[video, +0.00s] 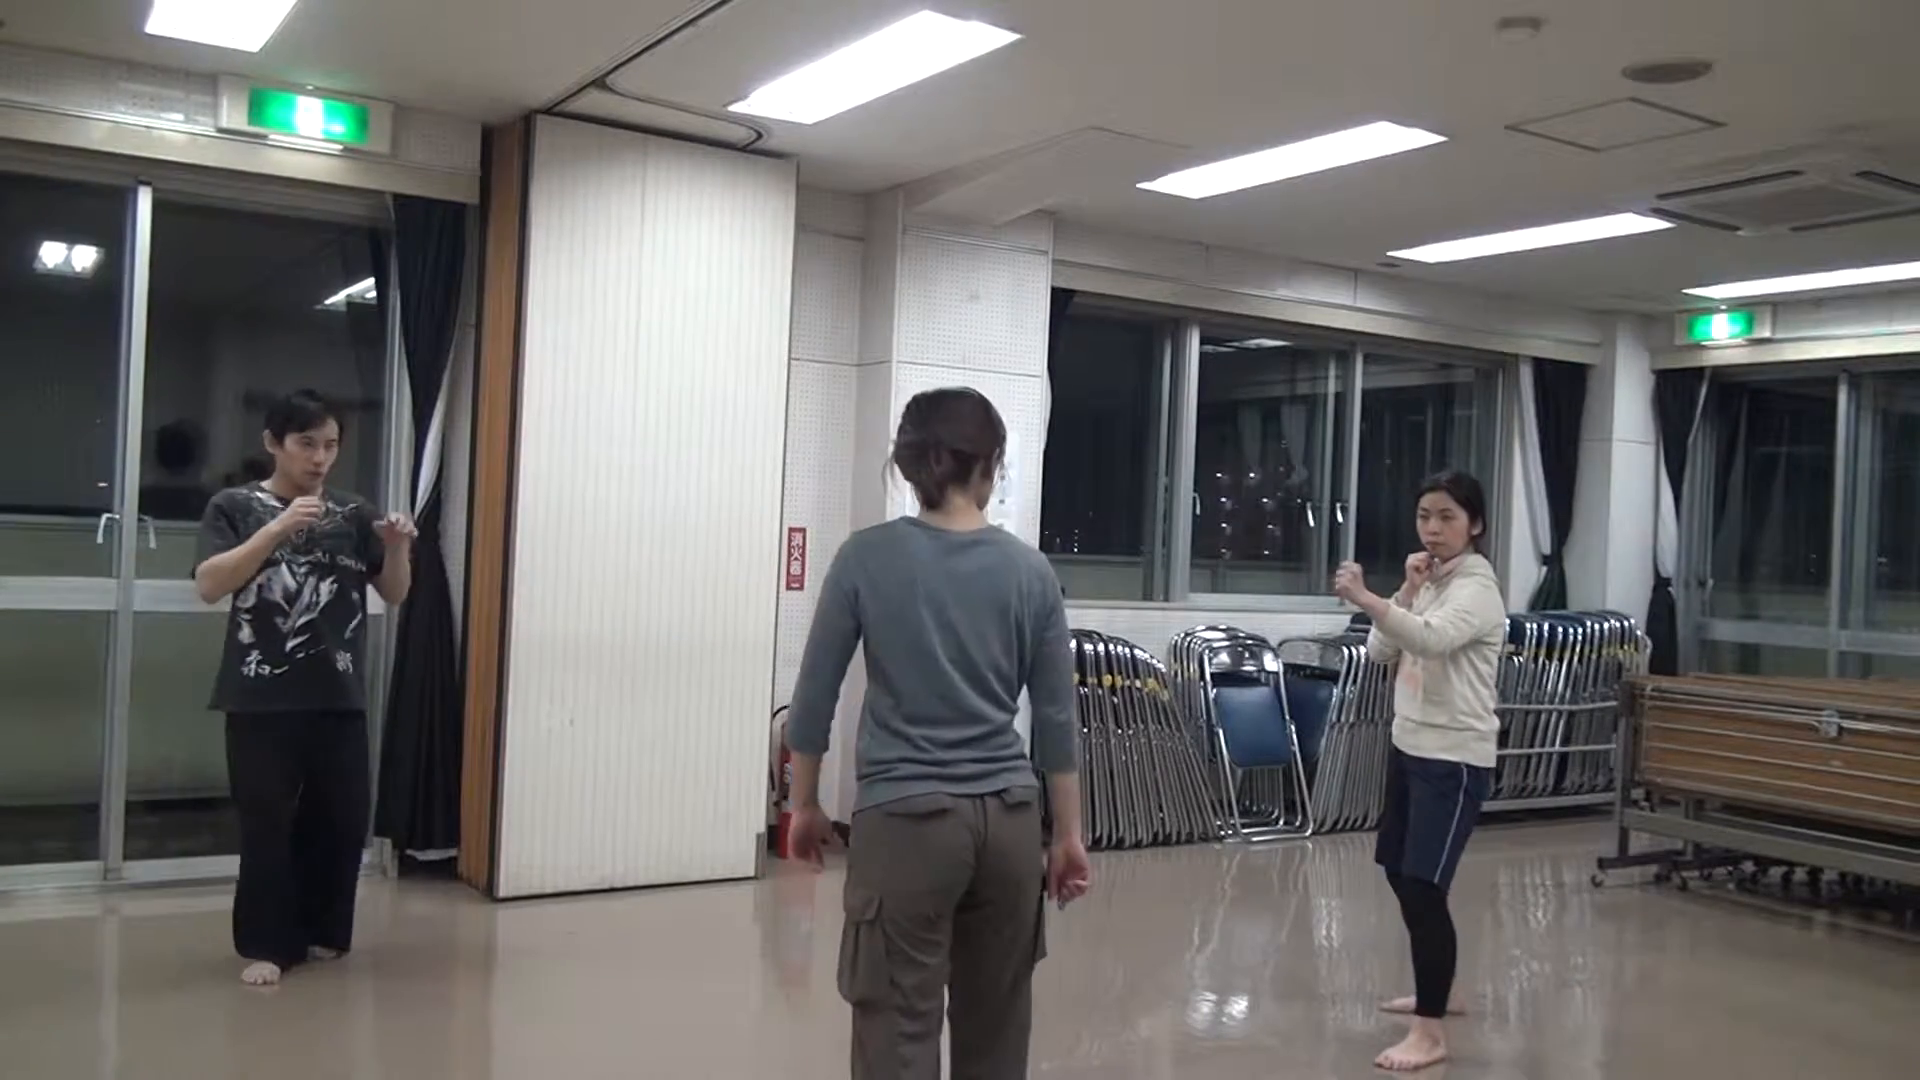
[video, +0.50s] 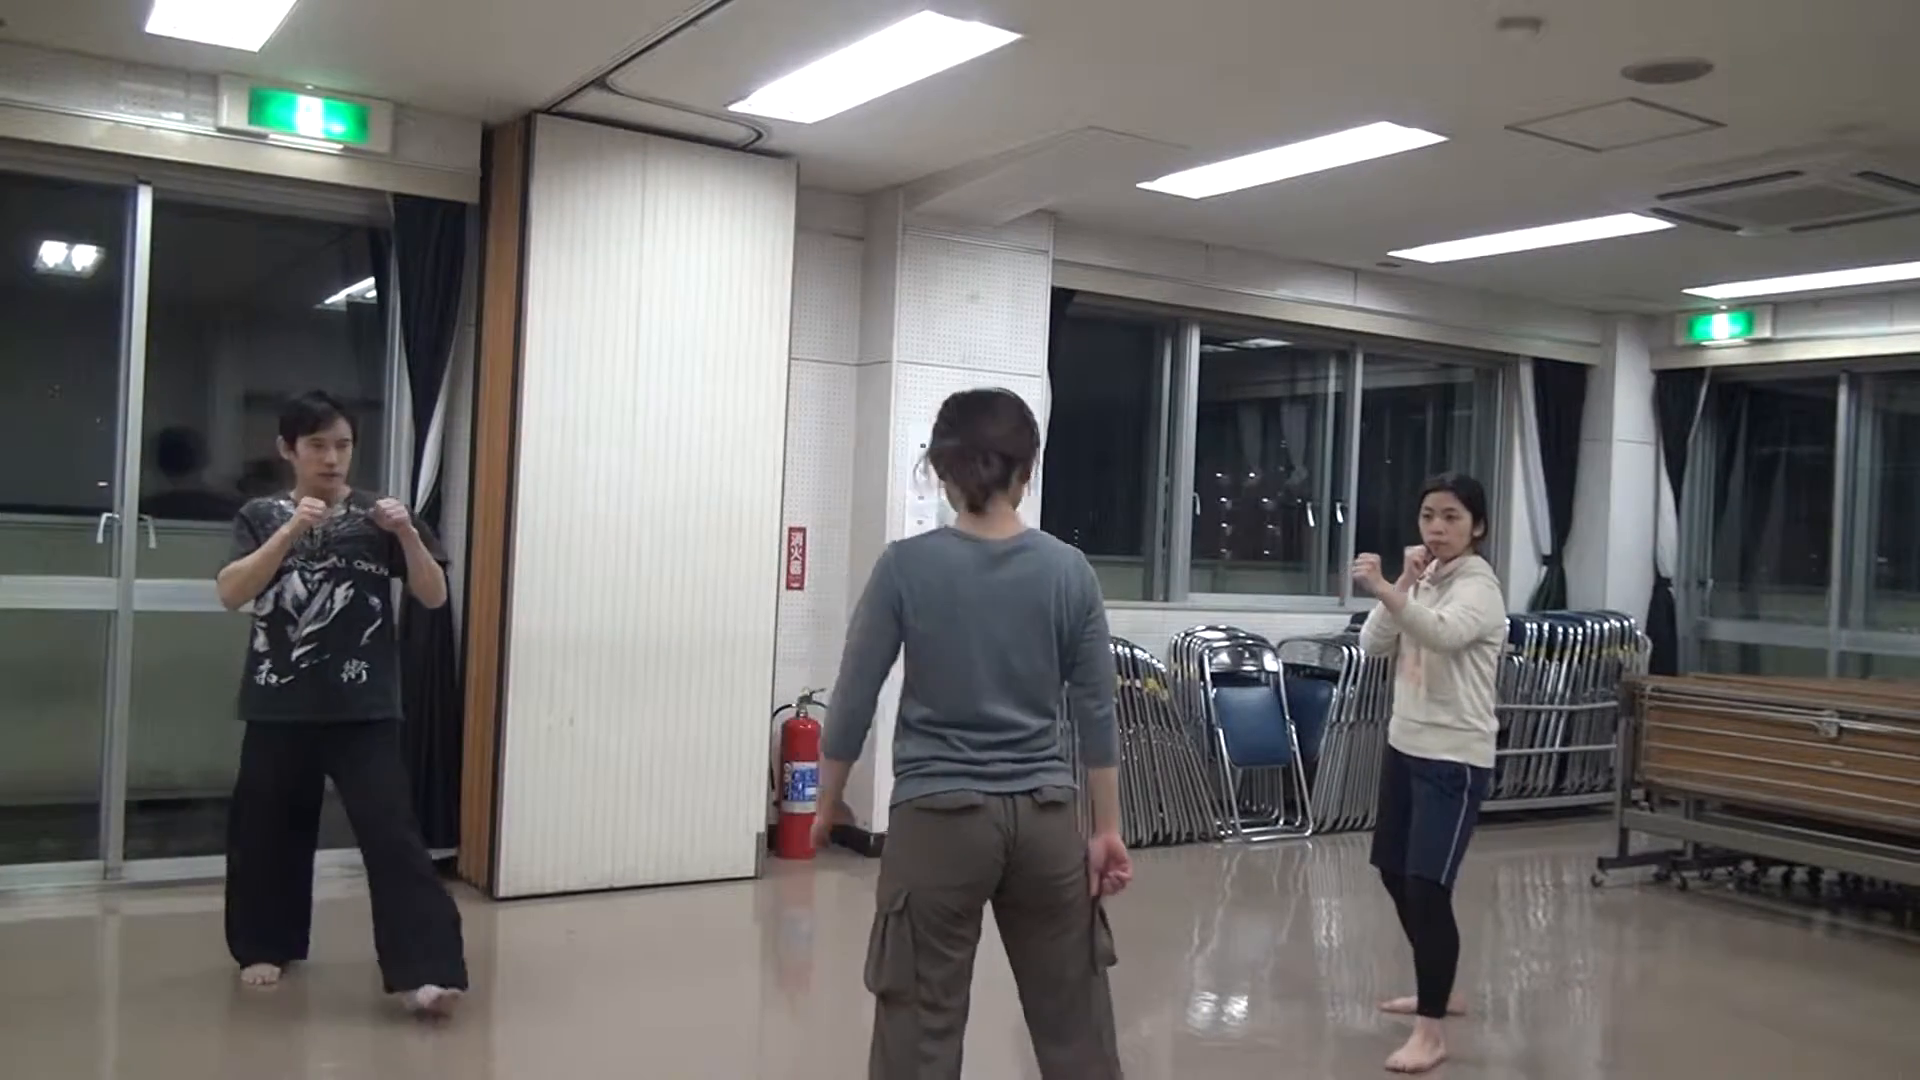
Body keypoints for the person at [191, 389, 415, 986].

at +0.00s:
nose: (322, 457)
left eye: (330, 445)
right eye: (309, 445)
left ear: (338, 448)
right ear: (275, 444)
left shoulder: (352, 516)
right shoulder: (236, 507)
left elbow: (393, 594)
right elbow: (209, 584)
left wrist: (398, 546)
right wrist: (277, 529)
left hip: (337, 698)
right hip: (261, 698)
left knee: (344, 819)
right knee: (267, 821)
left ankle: (324, 933)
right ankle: (264, 950)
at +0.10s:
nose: (314, 460)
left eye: (323, 448)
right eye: (300, 449)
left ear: (332, 450)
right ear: (268, 449)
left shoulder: (352, 517)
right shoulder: (233, 512)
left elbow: (397, 593)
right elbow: (202, 587)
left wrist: (385, 535)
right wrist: (266, 529)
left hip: (340, 702)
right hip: (259, 702)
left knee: (358, 821)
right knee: (260, 830)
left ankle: (334, 923)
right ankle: (262, 951)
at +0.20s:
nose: (312, 460)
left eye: (320, 448)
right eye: (298, 449)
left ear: (330, 449)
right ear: (265, 448)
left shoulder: (353, 513)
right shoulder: (231, 513)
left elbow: (399, 592)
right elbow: (203, 588)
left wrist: (378, 532)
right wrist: (261, 533)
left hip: (342, 705)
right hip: (260, 705)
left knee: (372, 823)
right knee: (259, 833)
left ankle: (367, 939)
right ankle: (261, 954)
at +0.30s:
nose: (313, 456)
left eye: (323, 445)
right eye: (299, 445)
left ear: (333, 447)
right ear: (267, 447)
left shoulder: (360, 512)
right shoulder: (237, 512)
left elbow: (408, 589)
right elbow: (208, 589)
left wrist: (382, 528)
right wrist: (265, 531)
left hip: (348, 704)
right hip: (263, 705)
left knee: (376, 825)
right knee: (261, 830)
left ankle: (393, 961)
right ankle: (261, 953)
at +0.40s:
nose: (320, 456)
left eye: (330, 444)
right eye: (306, 445)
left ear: (341, 447)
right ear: (275, 448)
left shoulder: (367, 512)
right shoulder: (247, 512)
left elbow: (420, 590)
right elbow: (218, 589)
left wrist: (392, 529)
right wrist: (276, 531)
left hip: (355, 703)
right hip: (270, 704)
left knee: (381, 825)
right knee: (263, 826)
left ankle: (417, 963)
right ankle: (262, 951)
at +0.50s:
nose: (332, 457)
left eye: (342, 446)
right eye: (318, 446)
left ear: (354, 449)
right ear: (288, 450)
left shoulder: (382, 516)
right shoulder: (263, 517)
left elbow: (433, 594)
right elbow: (231, 593)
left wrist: (407, 535)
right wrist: (288, 535)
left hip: (365, 708)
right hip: (281, 708)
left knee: (392, 834)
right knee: (268, 828)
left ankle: (427, 972)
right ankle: (263, 951)